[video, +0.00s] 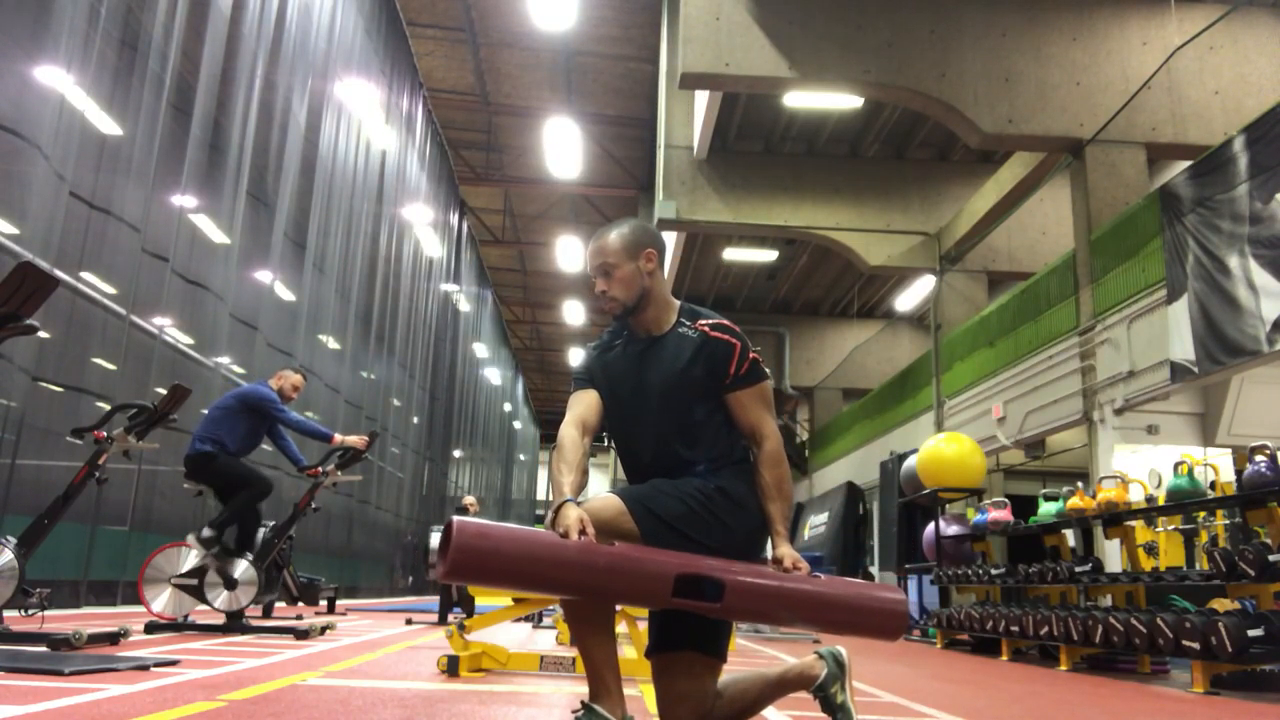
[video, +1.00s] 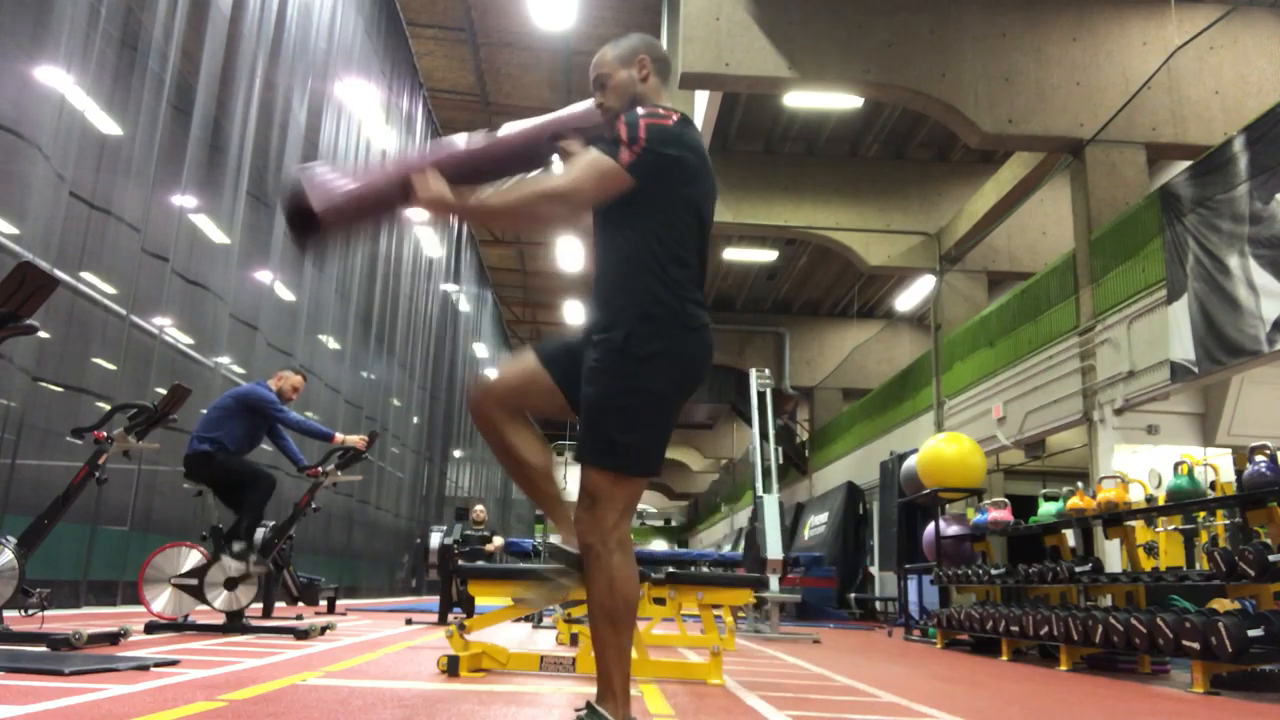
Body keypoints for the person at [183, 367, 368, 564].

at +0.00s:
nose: (294, 396)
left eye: (298, 392)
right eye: (293, 388)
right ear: (278, 379)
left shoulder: (265, 403)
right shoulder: (260, 393)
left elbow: (280, 440)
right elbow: (295, 422)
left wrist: (304, 466)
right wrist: (340, 439)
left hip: (217, 460)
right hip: (205, 456)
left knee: (251, 515)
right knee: (261, 485)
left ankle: (236, 564)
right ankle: (209, 532)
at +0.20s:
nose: (294, 396)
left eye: (297, 392)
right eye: (293, 388)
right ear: (277, 378)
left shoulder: (264, 404)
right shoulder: (258, 393)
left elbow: (280, 440)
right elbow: (295, 421)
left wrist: (304, 467)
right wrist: (341, 439)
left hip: (212, 460)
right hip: (205, 456)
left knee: (248, 511)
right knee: (265, 476)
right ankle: (239, 539)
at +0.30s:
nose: (294, 395)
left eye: (297, 393)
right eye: (293, 387)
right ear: (277, 377)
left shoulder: (265, 405)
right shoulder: (259, 393)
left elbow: (281, 440)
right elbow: (295, 421)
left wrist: (304, 467)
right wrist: (341, 439)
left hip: (220, 459)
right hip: (206, 458)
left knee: (263, 502)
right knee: (259, 500)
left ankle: (225, 542)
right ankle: (236, 564)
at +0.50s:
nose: (295, 394)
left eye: (299, 391)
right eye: (294, 387)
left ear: (281, 384)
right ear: (279, 378)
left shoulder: (265, 401)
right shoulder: (259, 392)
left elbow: (279, 438)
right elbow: (295, 421)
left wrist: (304, 467)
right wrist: (341, 439)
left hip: (228, 462)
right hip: (207, 460)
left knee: (278, 477)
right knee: (232, 515)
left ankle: (242, 528)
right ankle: (209, 580)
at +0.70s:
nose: (293, 397)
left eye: (297, 393)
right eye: (292, 389)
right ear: (277, 379)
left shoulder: (266, 407)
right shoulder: (257, 393)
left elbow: (280, 440)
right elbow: (295, 423)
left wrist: (304, 467)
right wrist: (341, 439)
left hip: (222, 461)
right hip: (205, 459)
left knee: (264, 505)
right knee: (252, 499)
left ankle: (255, 563)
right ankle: (202, 544)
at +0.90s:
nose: (295, 395)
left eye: (298, 392)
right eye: (294, 388)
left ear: (282, 384)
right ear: (278, 378)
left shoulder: (262, 402)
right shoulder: (258, 392)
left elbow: (279, 438)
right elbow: (295, 422)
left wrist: (304, 467)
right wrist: (342, 439)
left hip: (214, 460)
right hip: (205, 457)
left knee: (245, 519)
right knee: (267, 471)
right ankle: (229, 527)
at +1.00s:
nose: (294, 396)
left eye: (297, 393)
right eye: (293, 389)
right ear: (278, 379)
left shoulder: (265, 406)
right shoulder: (257, 393)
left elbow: (280, 440)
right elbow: (295, 422)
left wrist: (303, 467)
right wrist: (342, 439)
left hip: (212, 459)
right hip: (205, 456)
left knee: (252, 510)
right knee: (264, 481)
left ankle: (226, 544)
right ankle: (241, 544)